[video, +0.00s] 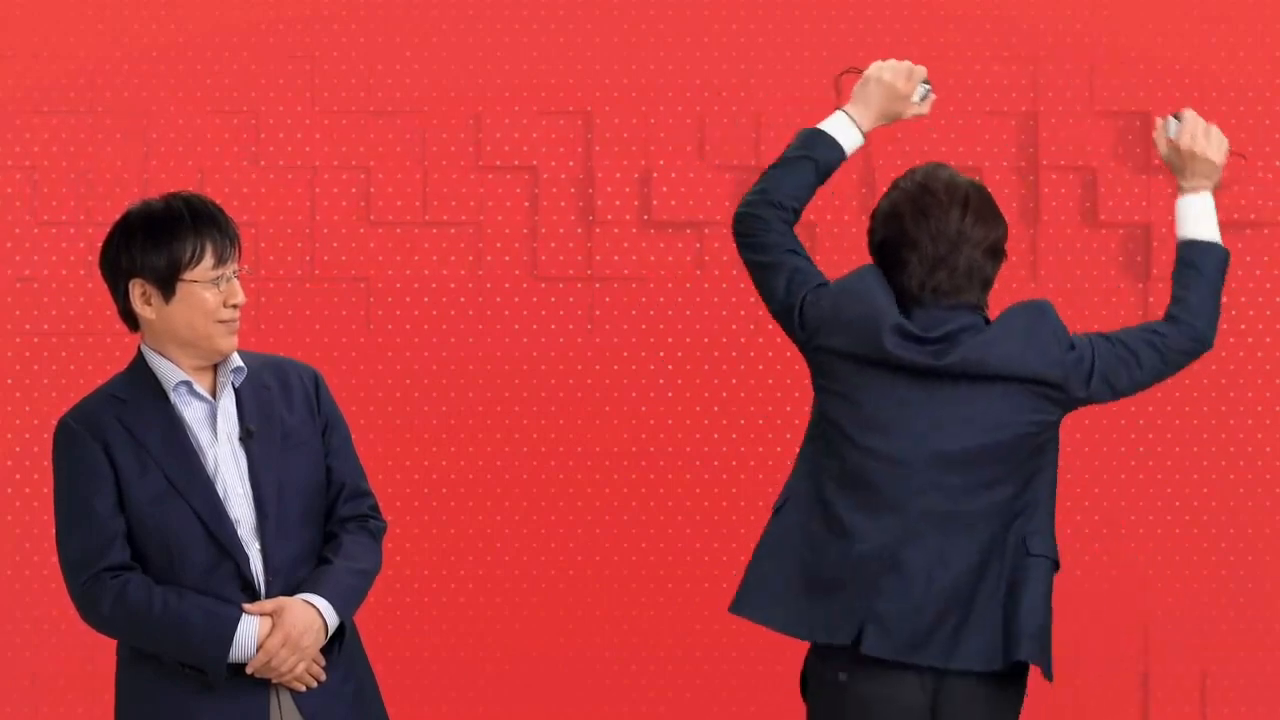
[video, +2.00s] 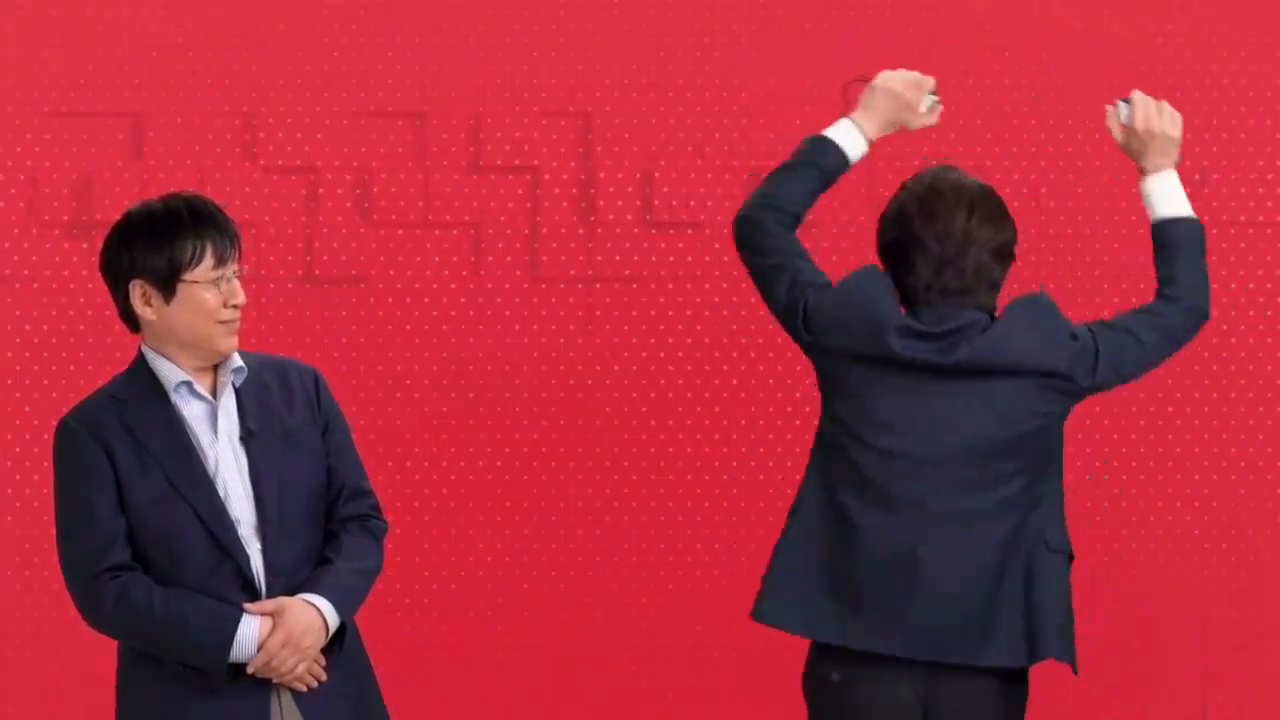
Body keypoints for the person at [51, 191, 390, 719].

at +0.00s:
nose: (237, 297)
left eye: (235, 277)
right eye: (213, 282)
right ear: (146, 300)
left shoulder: (300, 389)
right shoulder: (91, 433)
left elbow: (360, 524)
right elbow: (102, 589)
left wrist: (319, 612)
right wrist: (250, 639)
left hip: (333, 699)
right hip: (191, 707)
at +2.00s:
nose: (237, 298)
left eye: (235, 278)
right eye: (213, 283)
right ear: (147, 301)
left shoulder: (301, 390)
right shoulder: (91, 434)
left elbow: (361, 525)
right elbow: (104, 591)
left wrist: (320, 612)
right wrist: (252, 639)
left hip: (332, 700)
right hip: (192, 708)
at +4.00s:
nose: (238, 298)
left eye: (236, 278)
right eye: (214, 282)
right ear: (147, 300)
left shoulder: (301, 389)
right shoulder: (92, 433)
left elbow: (361, 523)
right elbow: (104, 591)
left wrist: (320, 612)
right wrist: (252, 639)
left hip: (334, 700)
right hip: (192, 708)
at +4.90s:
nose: (237, 298)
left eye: (235, 278)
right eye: (213, 282)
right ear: (146, 300)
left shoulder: (300, 389)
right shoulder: (91, 434)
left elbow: (361, 526)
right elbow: (102, 591)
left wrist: (319, 612)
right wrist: (251, 640)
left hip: (333, 700)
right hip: (192, 707)